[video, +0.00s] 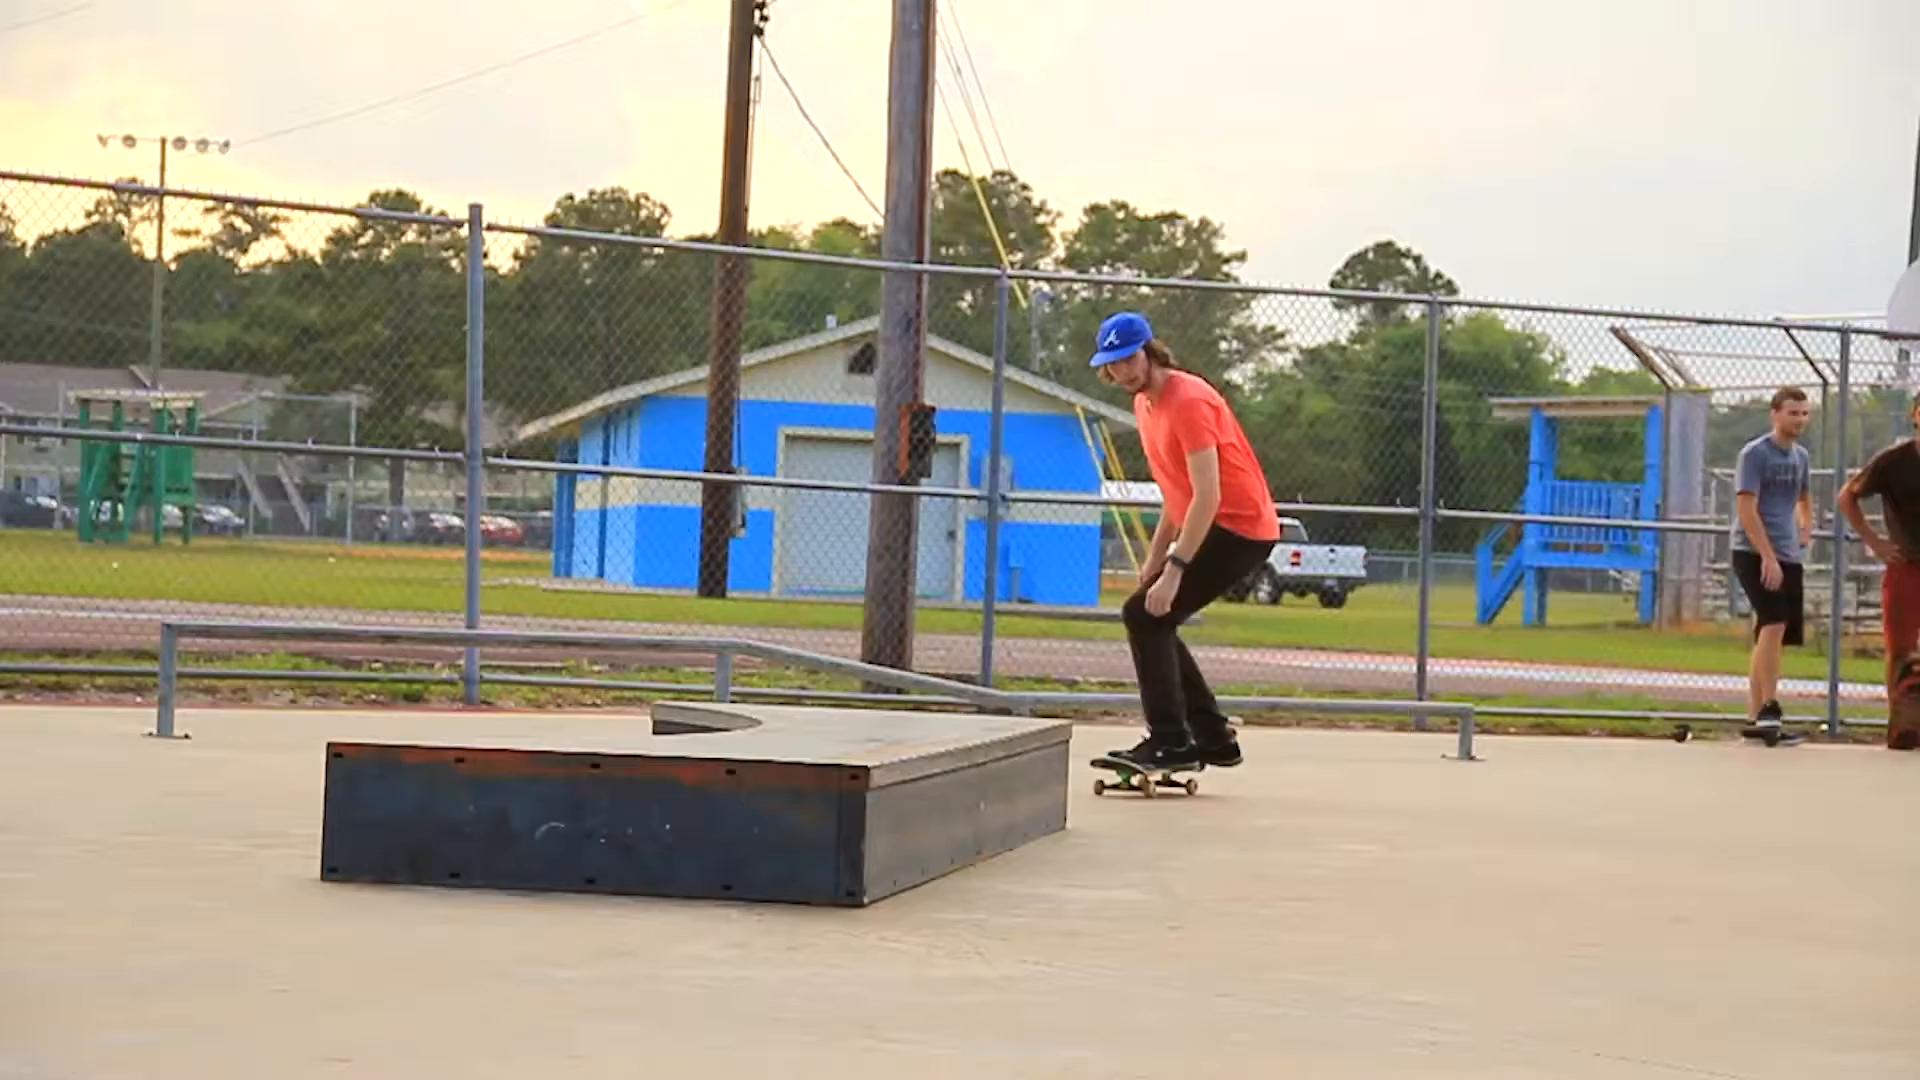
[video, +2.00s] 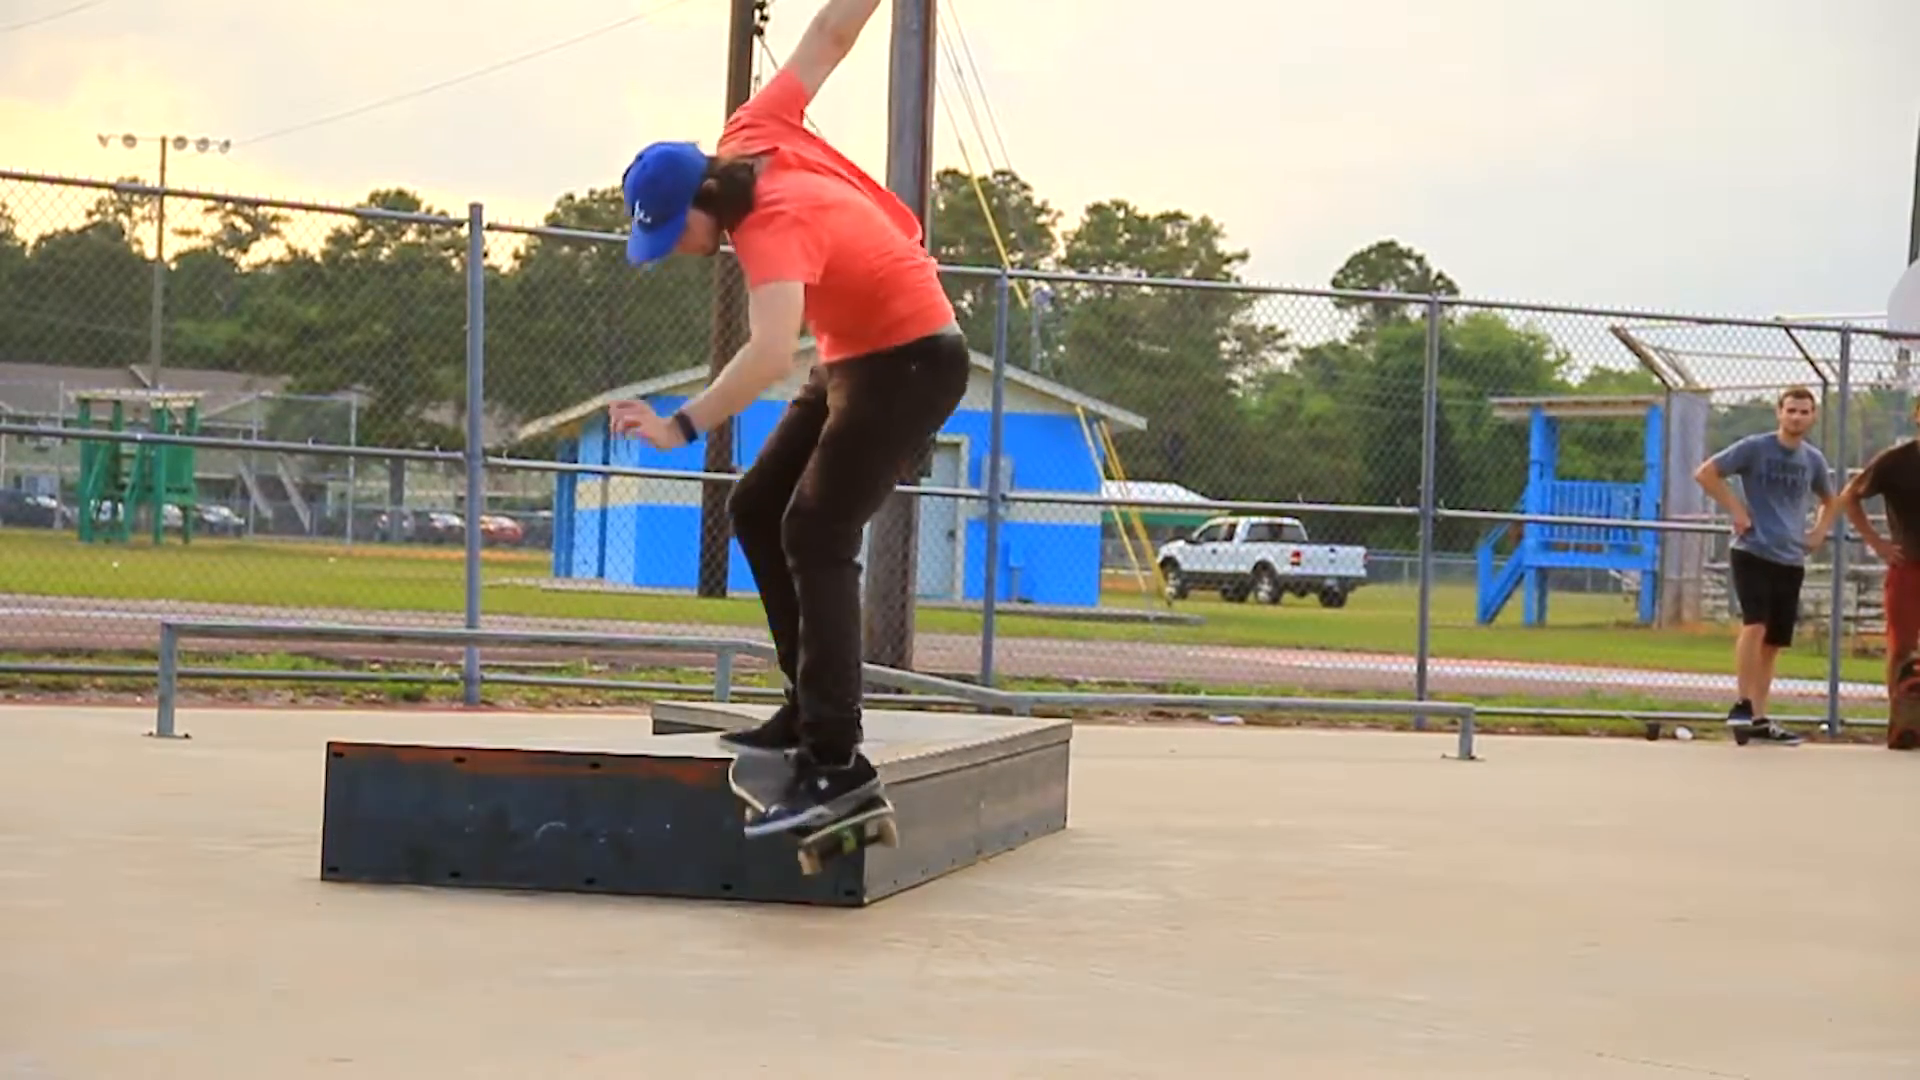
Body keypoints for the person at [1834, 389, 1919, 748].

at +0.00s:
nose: (1919, 420)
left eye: (1919, 413)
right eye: (1919, 414)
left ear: (1915, 416)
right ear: (1914, 416)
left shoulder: (1900, 457)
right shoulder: (1899, 458)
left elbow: (1847, 497)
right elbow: (1847, 496)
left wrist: (1873, 542)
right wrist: (1873, 541)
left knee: (1905, 650)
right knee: (1901, 650)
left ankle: (1906, 728)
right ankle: (1902, 728)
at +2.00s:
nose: (1919, 416)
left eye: (1918, 410)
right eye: (1919, 411)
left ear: (1915, 417)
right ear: (1915, 417)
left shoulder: (1901, 458)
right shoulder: (1900, 458)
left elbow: (1850, 496)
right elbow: (1850, 496)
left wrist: (1877, 543)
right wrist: (1877, 543)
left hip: (1910, 569)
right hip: (1908, 566)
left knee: (1905, 648)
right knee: (1903, 648)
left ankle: (1905, 726)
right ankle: (1901, 726)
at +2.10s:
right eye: (1918, 410)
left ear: (1914, 416)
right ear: (1915, 416)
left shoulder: (1900, 458)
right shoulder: (1900, 459)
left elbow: (1850, 497)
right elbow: (1849, 496)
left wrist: (1878, 544)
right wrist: (1878, 544)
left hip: (1909, 568)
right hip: (1907, 567)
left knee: (1905, 650)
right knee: (1903, 648)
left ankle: (1904, 726)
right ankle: (1902, 726)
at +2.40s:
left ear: (1915, 417)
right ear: (1916, 417)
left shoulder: (1901, 458)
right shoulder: (1901, 459)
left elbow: (1850, 495)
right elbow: (1849, 495)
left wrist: (1876, 542)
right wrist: (1876, 543)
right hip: (1907, 567)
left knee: (1905, 654)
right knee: (1903, 653)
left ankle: (1906, 735)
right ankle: (1903, 735)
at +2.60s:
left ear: (1914, 416)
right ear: (1915, 416)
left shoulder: (1901, 457)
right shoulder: (1900, 458)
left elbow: (1850, 496)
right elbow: (1849, 495)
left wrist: (1877, 544)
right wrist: (1877, 543)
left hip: (1909, 568)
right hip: (1906, 567)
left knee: (1904, 650)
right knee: (1903, 648)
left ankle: (1905, 726)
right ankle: (1902, 726)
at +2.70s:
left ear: (1913, 415)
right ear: (1915, 415)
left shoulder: (1901, 457)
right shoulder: (1901, 458)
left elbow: (1849, 495)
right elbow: (1849, 495)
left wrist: (1875, 542)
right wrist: (1876, 542)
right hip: (1907, 567)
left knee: (1905, 653)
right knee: (1903, 652)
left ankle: (1904, 732)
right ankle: (1902, 732)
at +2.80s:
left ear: (1914, 415)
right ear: (1915, 415)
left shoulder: (1901, 457)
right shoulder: (1900, 458)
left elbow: (1849, 495)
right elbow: (1849, 495)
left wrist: (1875, 541)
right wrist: (1876, 542)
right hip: (1907, 567)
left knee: (1905, 654)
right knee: (1903, 653)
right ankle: (1901, 732)